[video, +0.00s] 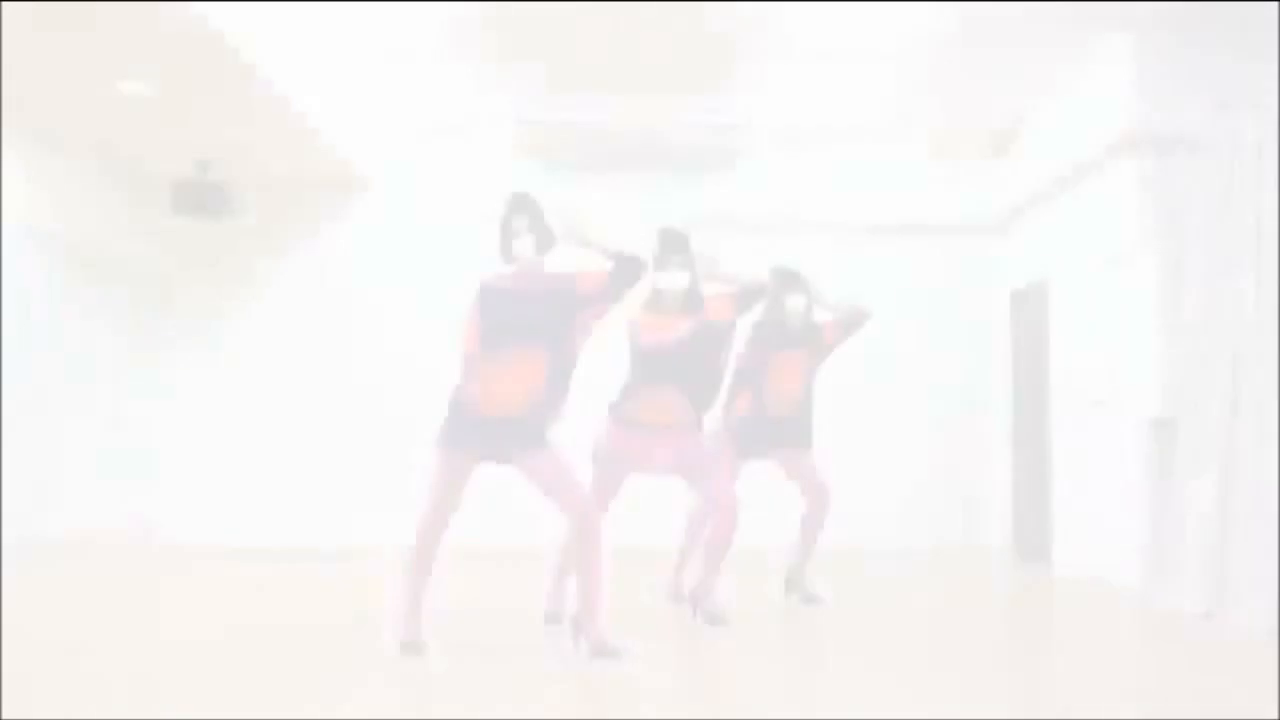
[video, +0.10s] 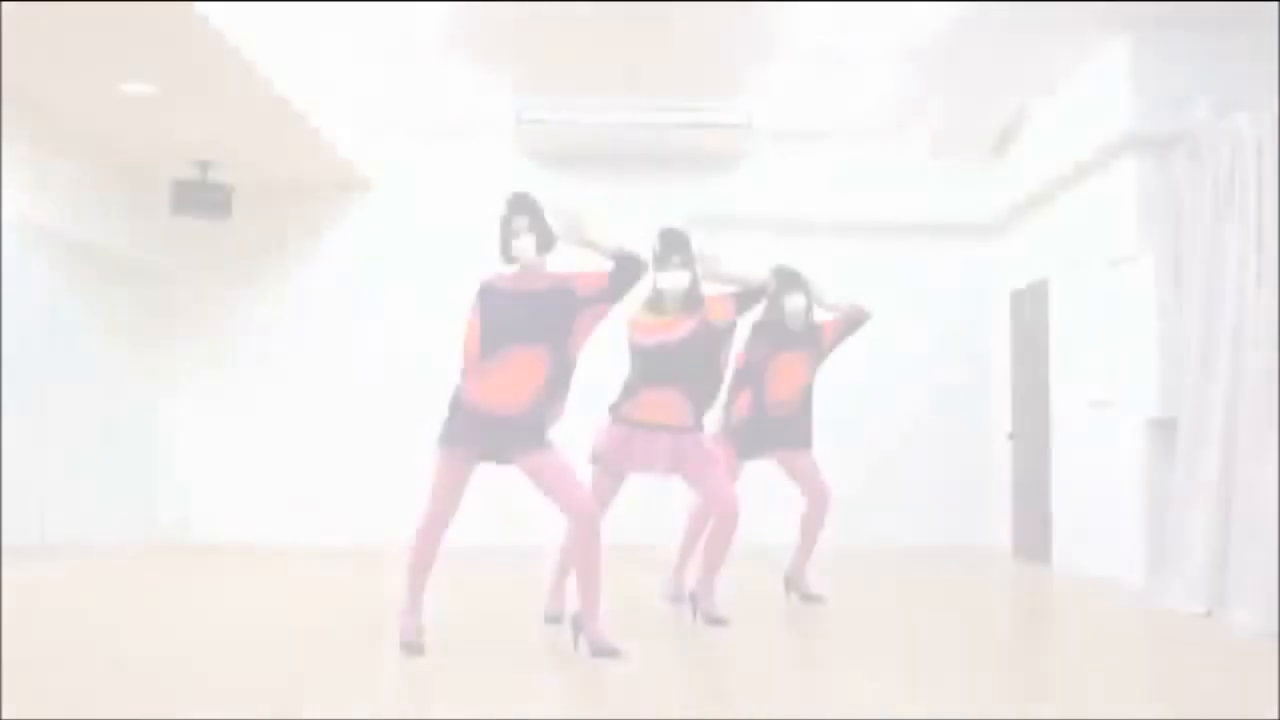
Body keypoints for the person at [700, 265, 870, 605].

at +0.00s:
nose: (793, 307)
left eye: (798, 299)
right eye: (786, 299)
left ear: (807, 302)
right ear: (774, 302)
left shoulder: (815, 340)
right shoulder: (756, 333)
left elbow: (859, 316)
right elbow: (735, 378)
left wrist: (822, 304)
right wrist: (723, 422)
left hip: (789, 436)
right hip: (744, 432)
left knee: (818, 494)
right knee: (711, 499)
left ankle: (797, 574)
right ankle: (681, 576)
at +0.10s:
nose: (794, 309)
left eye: (799, 301)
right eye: (787, 302)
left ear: (807, 304)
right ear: (774, 304)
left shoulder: (817, 337)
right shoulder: (761, 333)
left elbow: (860, 315)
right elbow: (740, 377)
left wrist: (823, 303)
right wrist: (726, 423)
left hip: (788, 432)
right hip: (744, 428)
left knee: (819, 494)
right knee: (710, 498)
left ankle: (797, 572)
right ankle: (679, 575)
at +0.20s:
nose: (794, 311)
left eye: (799, 303)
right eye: (787, 304)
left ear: (808, 305)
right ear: (774, 306)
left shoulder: (817, 338)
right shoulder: (762, 335)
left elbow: (860, 315)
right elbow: (740, 376)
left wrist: (825, 303)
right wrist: (725, 421)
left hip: (787, 435)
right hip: (744, 431)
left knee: (819, 495)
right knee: (710, 498)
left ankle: (797, 571)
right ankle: (679, 574)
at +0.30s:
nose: (794, 309)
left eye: (799, 302)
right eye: (787, 302)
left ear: (807, 304)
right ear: (774, 304)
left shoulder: (817, 338)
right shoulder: (762, 335)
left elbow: (861, 315)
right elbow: (740, 377)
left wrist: (824, 301)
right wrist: (725, 422)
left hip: (787, 437)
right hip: (743, 433)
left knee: (819, 495)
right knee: (710, 500)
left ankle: (797, 571)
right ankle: (679, 573)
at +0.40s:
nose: (793, 307)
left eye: (798, 300)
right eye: (786, 300)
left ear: (806, 302)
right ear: (772, 302)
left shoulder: (817, 337)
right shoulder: (761, 335)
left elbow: (861, 315)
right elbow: (740, 377)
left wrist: (824, 302)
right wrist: (723, 421)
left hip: (786, 436)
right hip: (742, 433)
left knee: (819, 494)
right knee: (709, 500)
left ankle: (797, 572)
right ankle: (678, 574)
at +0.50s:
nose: (793, 305)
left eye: (799, 297)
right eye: (786, 298)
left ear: (806, 300)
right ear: (773, 301)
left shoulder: (818, 337)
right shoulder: (762, 334)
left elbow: (861, 315)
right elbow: (740, 374)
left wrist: (825, 302)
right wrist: (724, 418)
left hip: (786, 436)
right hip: (742, 432)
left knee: (819, 494)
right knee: (711, 499)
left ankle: (797, 572)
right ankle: (678, 573)